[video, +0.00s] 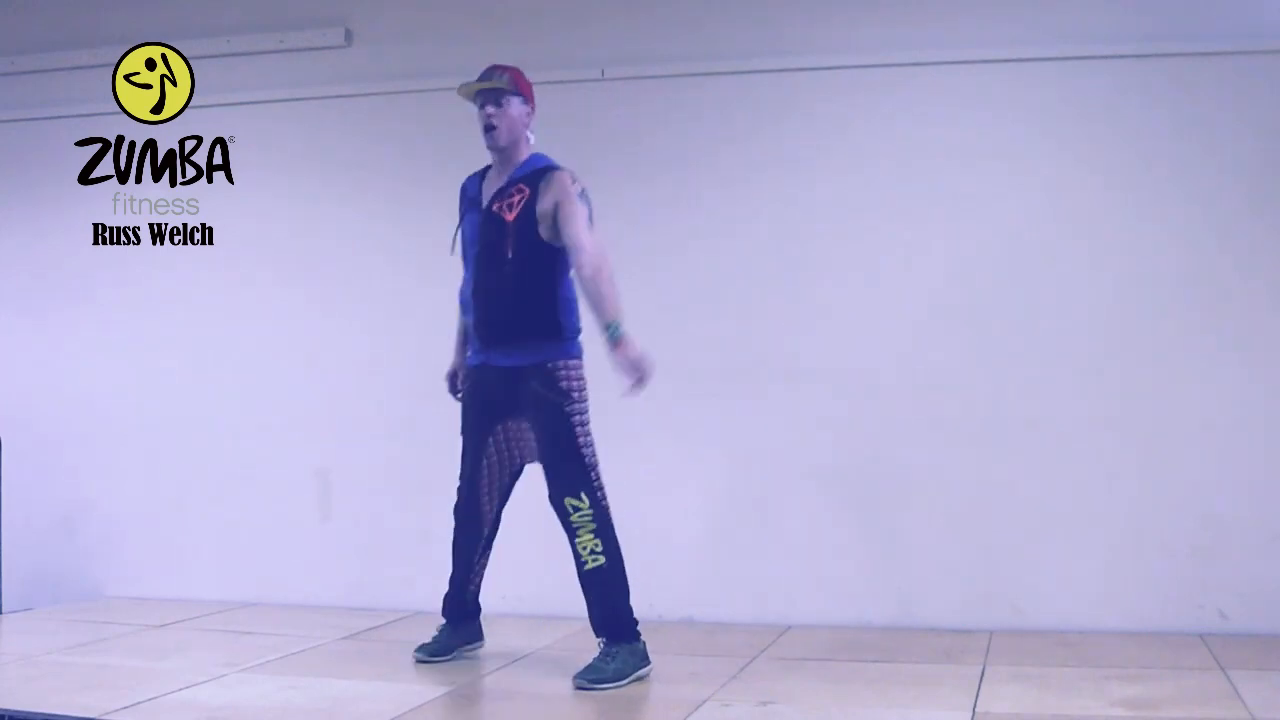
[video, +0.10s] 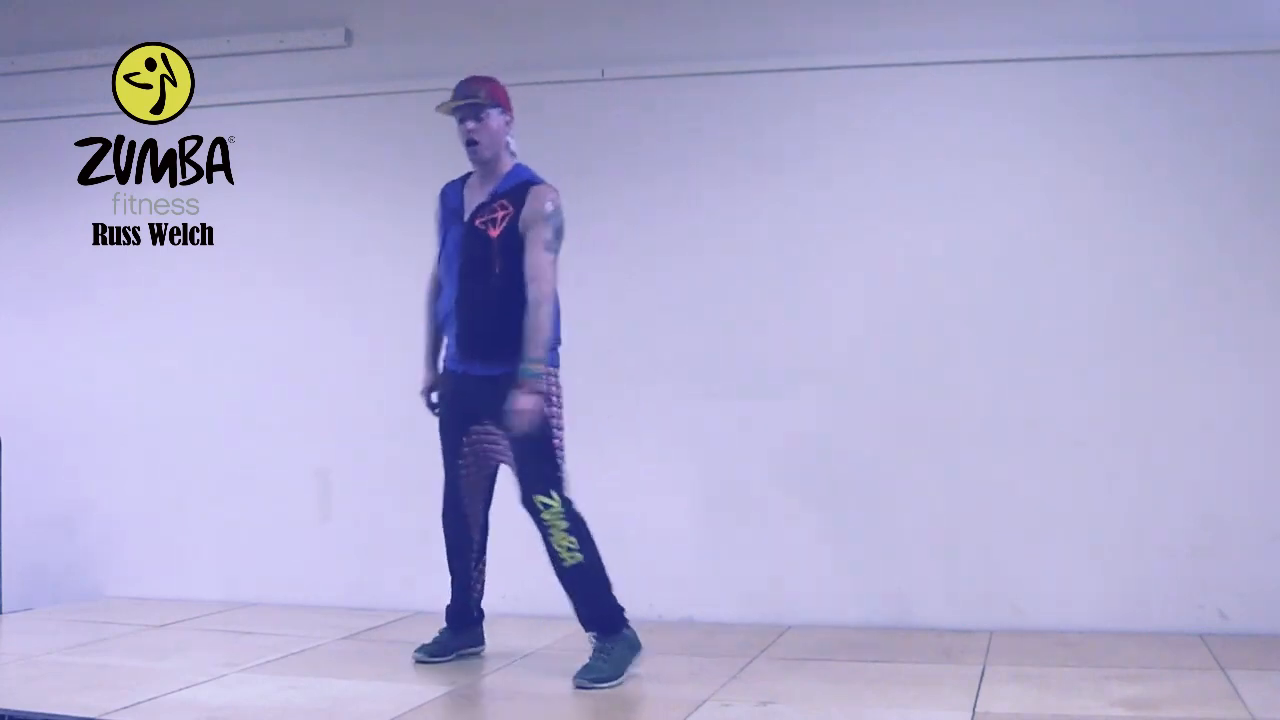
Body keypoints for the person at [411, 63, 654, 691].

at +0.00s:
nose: (489, 113)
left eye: (500, 103)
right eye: (482, 105)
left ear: (528, 112)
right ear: (477, 117)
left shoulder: (558, 185)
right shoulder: (473, 189)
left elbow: (589, 263)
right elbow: (471, 280)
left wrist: (618, 338)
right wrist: (460, 353)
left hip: (551, 369)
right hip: (489, 373)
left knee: (580, 502)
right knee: (475, 499)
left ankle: (622, 642)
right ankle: (461, 623)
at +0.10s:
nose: (468, 127)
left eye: (479, 116)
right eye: (461, 118)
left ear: (507, 121)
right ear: (456, 128)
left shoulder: (537, 197)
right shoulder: (451, 197)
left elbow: (542, 295)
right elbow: (440, 283)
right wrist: (432, 363)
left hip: (522, 373)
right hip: (462, 374)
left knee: (546, 504)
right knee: (462, 506)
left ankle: (613, 633)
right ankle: (464, 626)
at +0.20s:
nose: (448, 141)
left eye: (458, 130)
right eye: (442, 132)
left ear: (487, 131)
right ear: (438, 139)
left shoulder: (524, 204)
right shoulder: (437, 205)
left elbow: (529, 298)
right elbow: (422, 283)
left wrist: (465, 367)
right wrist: (410, 360)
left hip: (517, 365)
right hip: (456, 367)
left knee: (513, 480)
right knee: (450, 491)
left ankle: (581, 612)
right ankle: (463, 622)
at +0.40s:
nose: (423, 138)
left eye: (433, 127)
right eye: (416, 130)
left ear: (461, 127)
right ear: (411, 136)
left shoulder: (497, 192)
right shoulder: (418, 197)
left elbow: (511, 287)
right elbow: (404, 271)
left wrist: (428, 295)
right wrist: (395, 331)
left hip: (502, 358)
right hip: (444, 361)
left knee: (470, 478)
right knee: (442, 488)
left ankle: (507, 599)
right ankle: (460, 621)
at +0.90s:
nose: (441, 112)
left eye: (449, 102)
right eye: (428, 104)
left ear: (465, 112)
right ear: (412, 119)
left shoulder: (494, 170)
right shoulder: (416, 194)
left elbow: (534, 242)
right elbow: (408, 261)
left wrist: (499, 328)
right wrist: (415, 314)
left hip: (507, 352)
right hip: (447, 360)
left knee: (523, 489)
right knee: (460, 494)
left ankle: (571, 633)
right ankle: (460, 624)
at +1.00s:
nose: (454, 119)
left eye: (463, 108)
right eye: (441, 112)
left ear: (479, 118)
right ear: (426, 127)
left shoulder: (506, 175)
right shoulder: (434, 201)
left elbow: (542, 225)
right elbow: (426, 273)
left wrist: (584, 285)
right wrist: (430, 333)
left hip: (519, 365)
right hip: (457, 372)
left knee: (543, 504)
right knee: (460, 502)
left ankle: (581, 646)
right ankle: (462, 623)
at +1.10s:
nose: (460, 118)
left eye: (468, 107)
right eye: (447, 111)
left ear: (485, 116)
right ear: (432, 127)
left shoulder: (515, 168)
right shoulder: (445, 201)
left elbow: (556, 188)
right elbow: (443, 275)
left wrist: (598, 219)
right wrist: (451, 338)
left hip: (533, 363)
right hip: (472, 370)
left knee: (542, 505)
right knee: (450, 498)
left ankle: (581, 646)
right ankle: (459, 611)